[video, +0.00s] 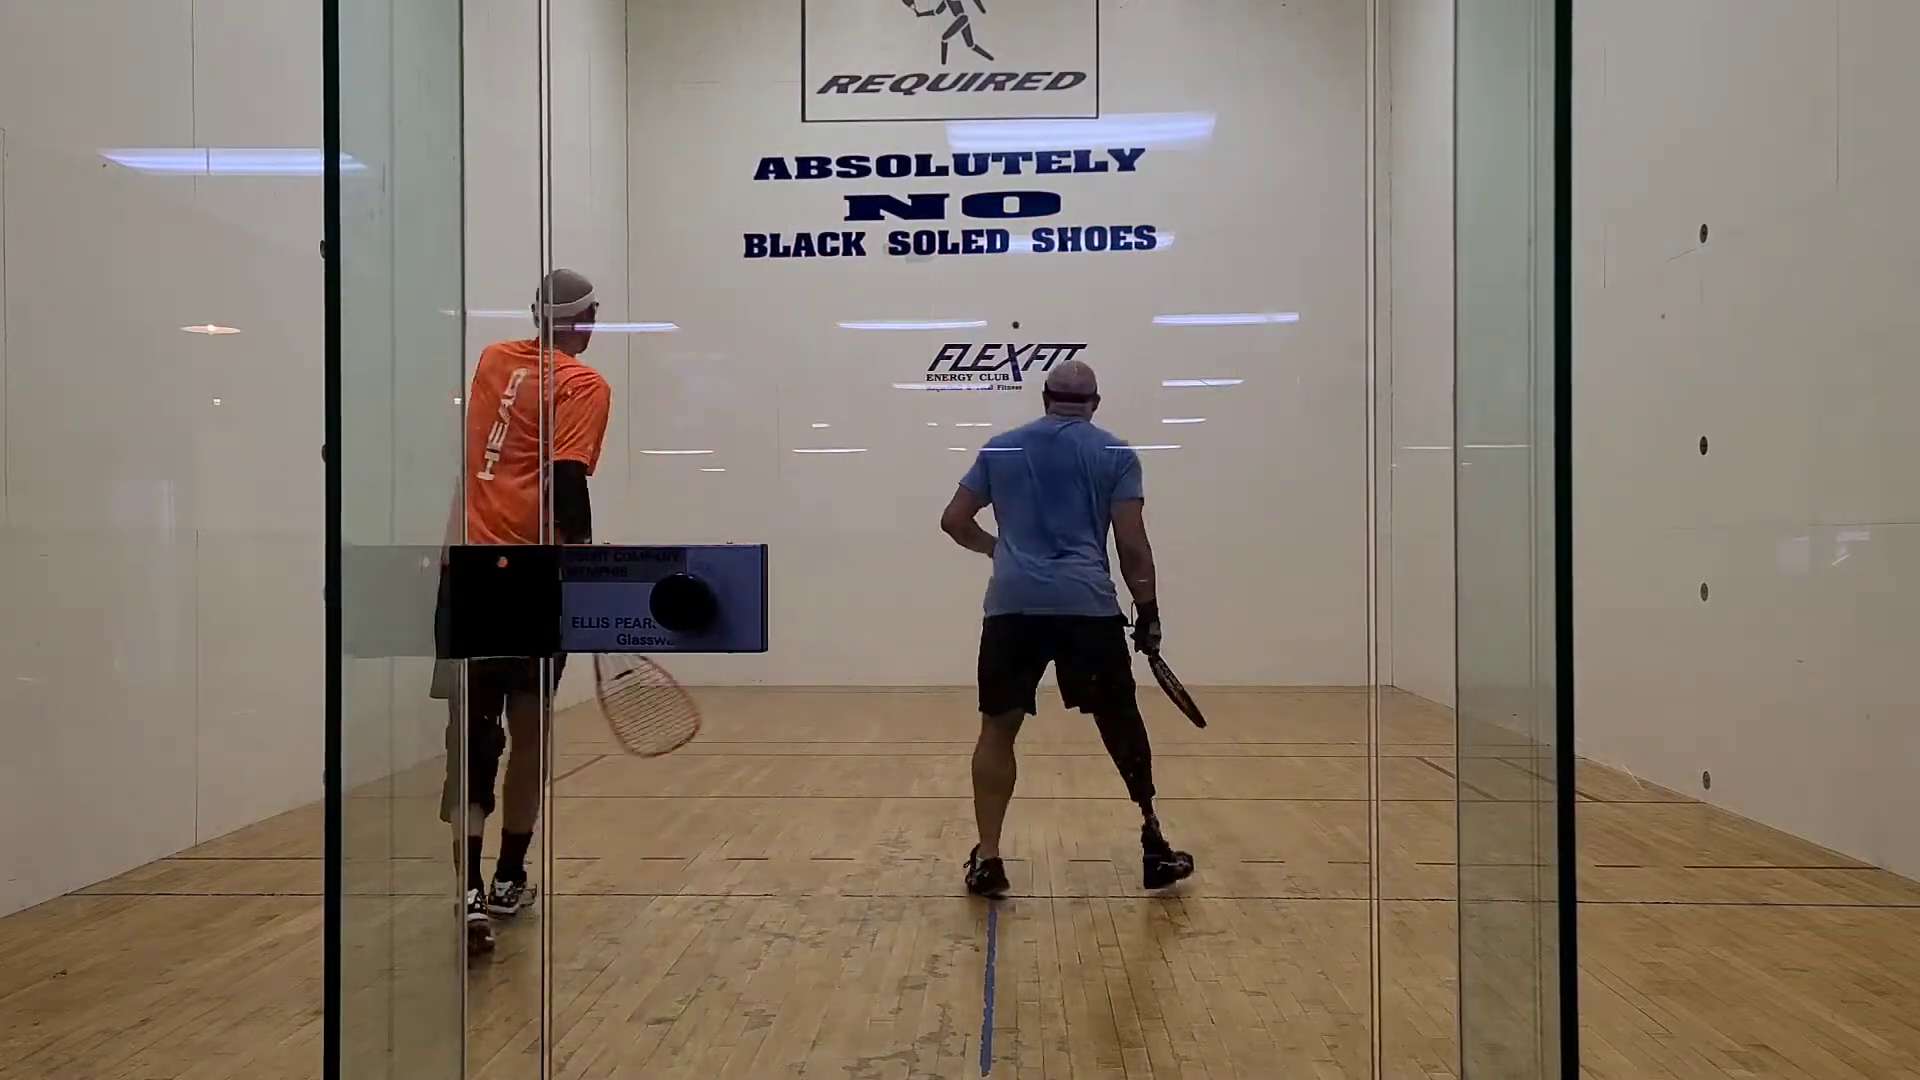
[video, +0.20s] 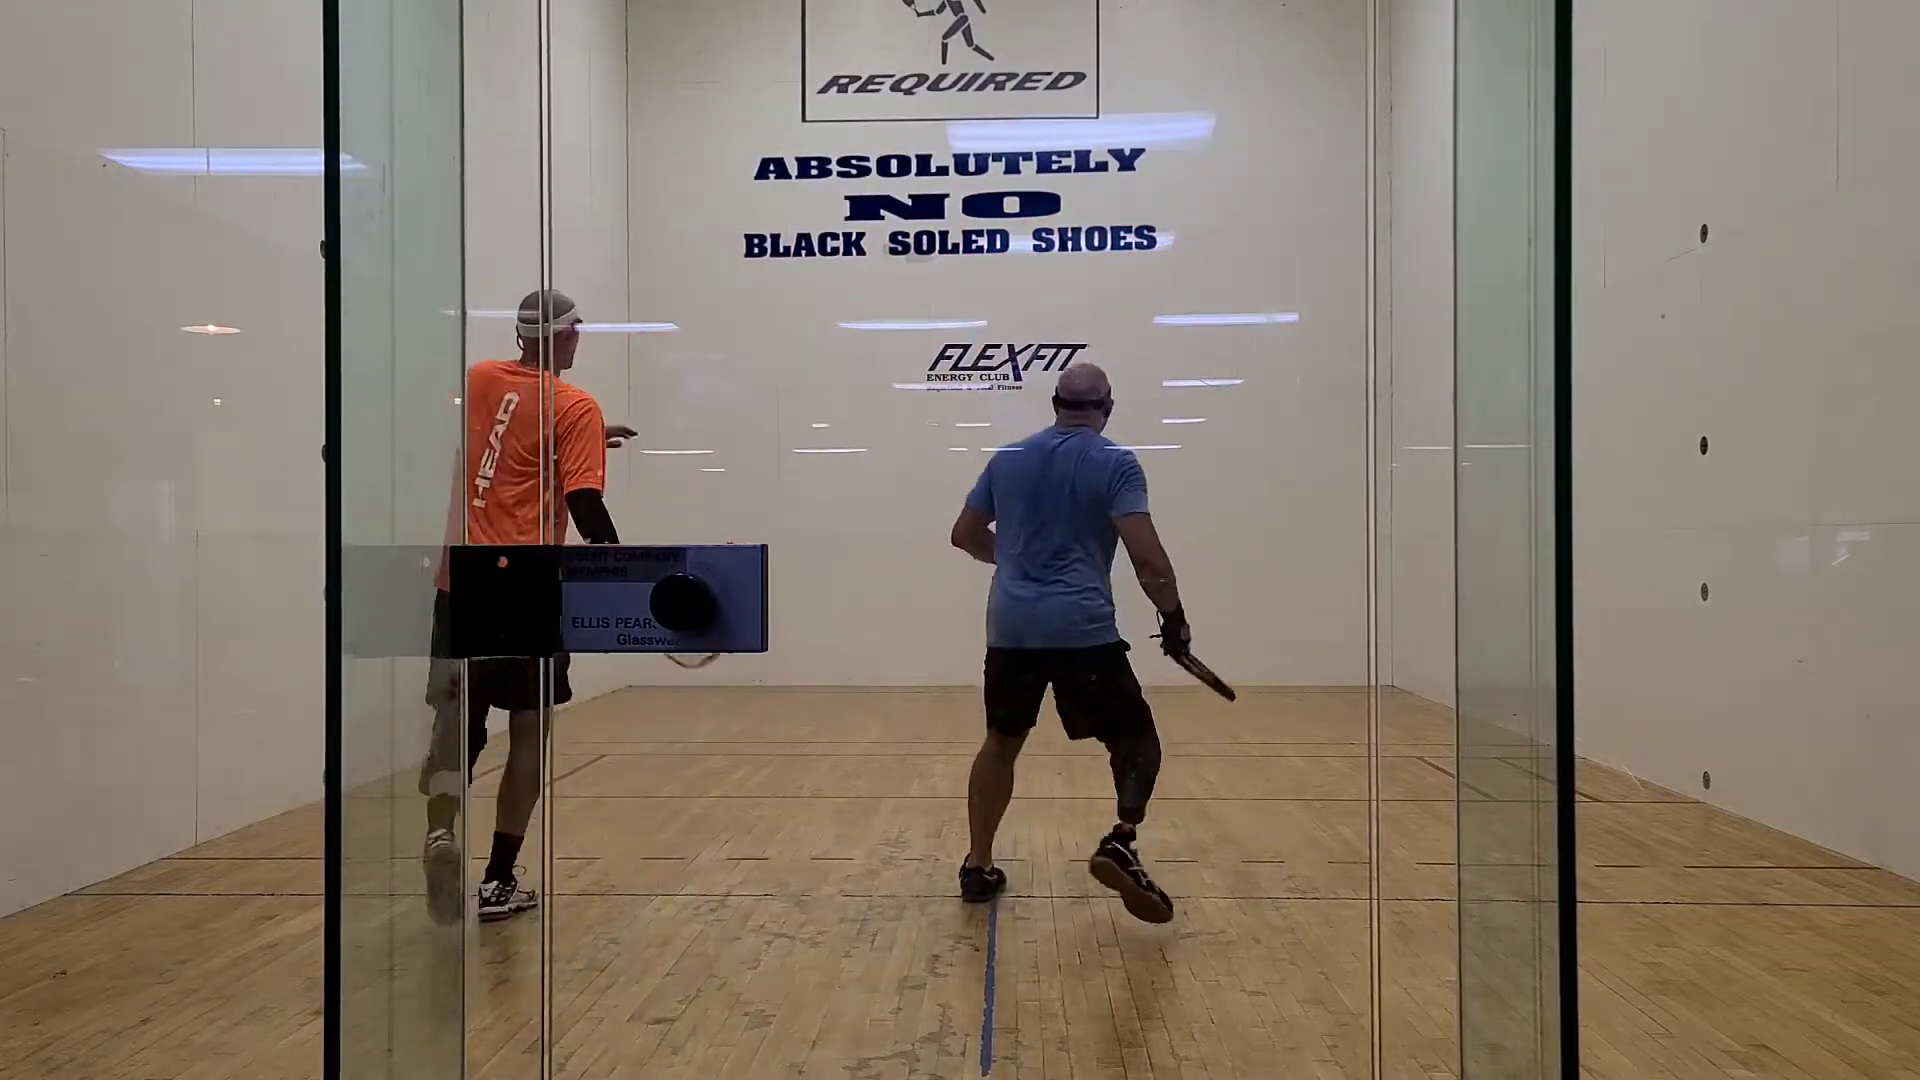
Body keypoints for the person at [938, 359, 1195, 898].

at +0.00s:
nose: (1088, 408)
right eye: (1091, 399)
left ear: (1044, 399)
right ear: (1096, 402)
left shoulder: (1002, 448)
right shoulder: (1114, 454)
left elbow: (956, 521)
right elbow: (1133, 546)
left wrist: (999, 546)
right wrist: (1148, 613)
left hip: (1011, 612)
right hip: (1088, 613)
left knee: (997, 729)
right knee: (1118, 717)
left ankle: (987, 859)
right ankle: (1154, 843)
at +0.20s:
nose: (1097, 414)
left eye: (1088, 404)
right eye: (1102, 405)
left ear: (1054, 406)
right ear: (1107, 408)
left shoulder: (1008, 459)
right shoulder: (1115, 463)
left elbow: (967, 534)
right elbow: (1147, 559)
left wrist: (1019, 556)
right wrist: (1173, 617)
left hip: (1011, 635)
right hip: (1084, 634)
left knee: (999, 744)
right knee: (1137, 741)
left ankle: (976, 866)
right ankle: (1122, 840)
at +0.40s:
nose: (1163, 411)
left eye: (1146, 398)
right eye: (1165, 401)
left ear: (1109, 402)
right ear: (1164, 402)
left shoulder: (1066, 456)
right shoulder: (1166, 458)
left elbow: (1013, 536)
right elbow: (1193, 556)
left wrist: (1041, 596)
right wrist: (1224, 612)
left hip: (1051, 638)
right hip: (1113, 645)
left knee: (1053, 757)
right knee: (1126, 783)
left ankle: (999, 875)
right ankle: (1039, 880)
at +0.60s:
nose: (1255, 409)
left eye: (1249, 399)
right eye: (1255, 399)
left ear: (1196, 396)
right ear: (1249, 398)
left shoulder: (1139, 445)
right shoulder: (1247, 457)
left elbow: (1078, 528)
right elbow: (1273, 565)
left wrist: (1109, 597)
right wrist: (1310, 626)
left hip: (1122, 642)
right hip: (1189, 646)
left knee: (1205, 766)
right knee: (1231, 788)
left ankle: (1219, 903)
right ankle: (1101, 872)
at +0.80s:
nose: (1337, 418)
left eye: (1335, 407)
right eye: (1336, 407)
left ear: (1271, 408)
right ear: (1326, 407)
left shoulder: (1230, 470)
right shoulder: (1319, 472)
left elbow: (1203, 572)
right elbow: (1340, 582)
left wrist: (1288, 596)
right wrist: (1404, 628)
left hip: (1216, 669)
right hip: (1285, 672)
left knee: (1273, 772)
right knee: (1401, 793)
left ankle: (1237, 912)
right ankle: (1399, 943)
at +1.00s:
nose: (1446, 359)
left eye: (1442, 348)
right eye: (1441, 348)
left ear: (1374, 359)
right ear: (1427, 350)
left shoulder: (1333, 433)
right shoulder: (1432, 415)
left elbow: (1315, 549)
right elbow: (1466, 530)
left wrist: (1405, 559)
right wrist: (1537, 572)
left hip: (1328, 655)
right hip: (1409, 658)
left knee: (1365, 779)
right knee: (1486, 814)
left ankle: (1313, 924)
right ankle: (1440, 984)